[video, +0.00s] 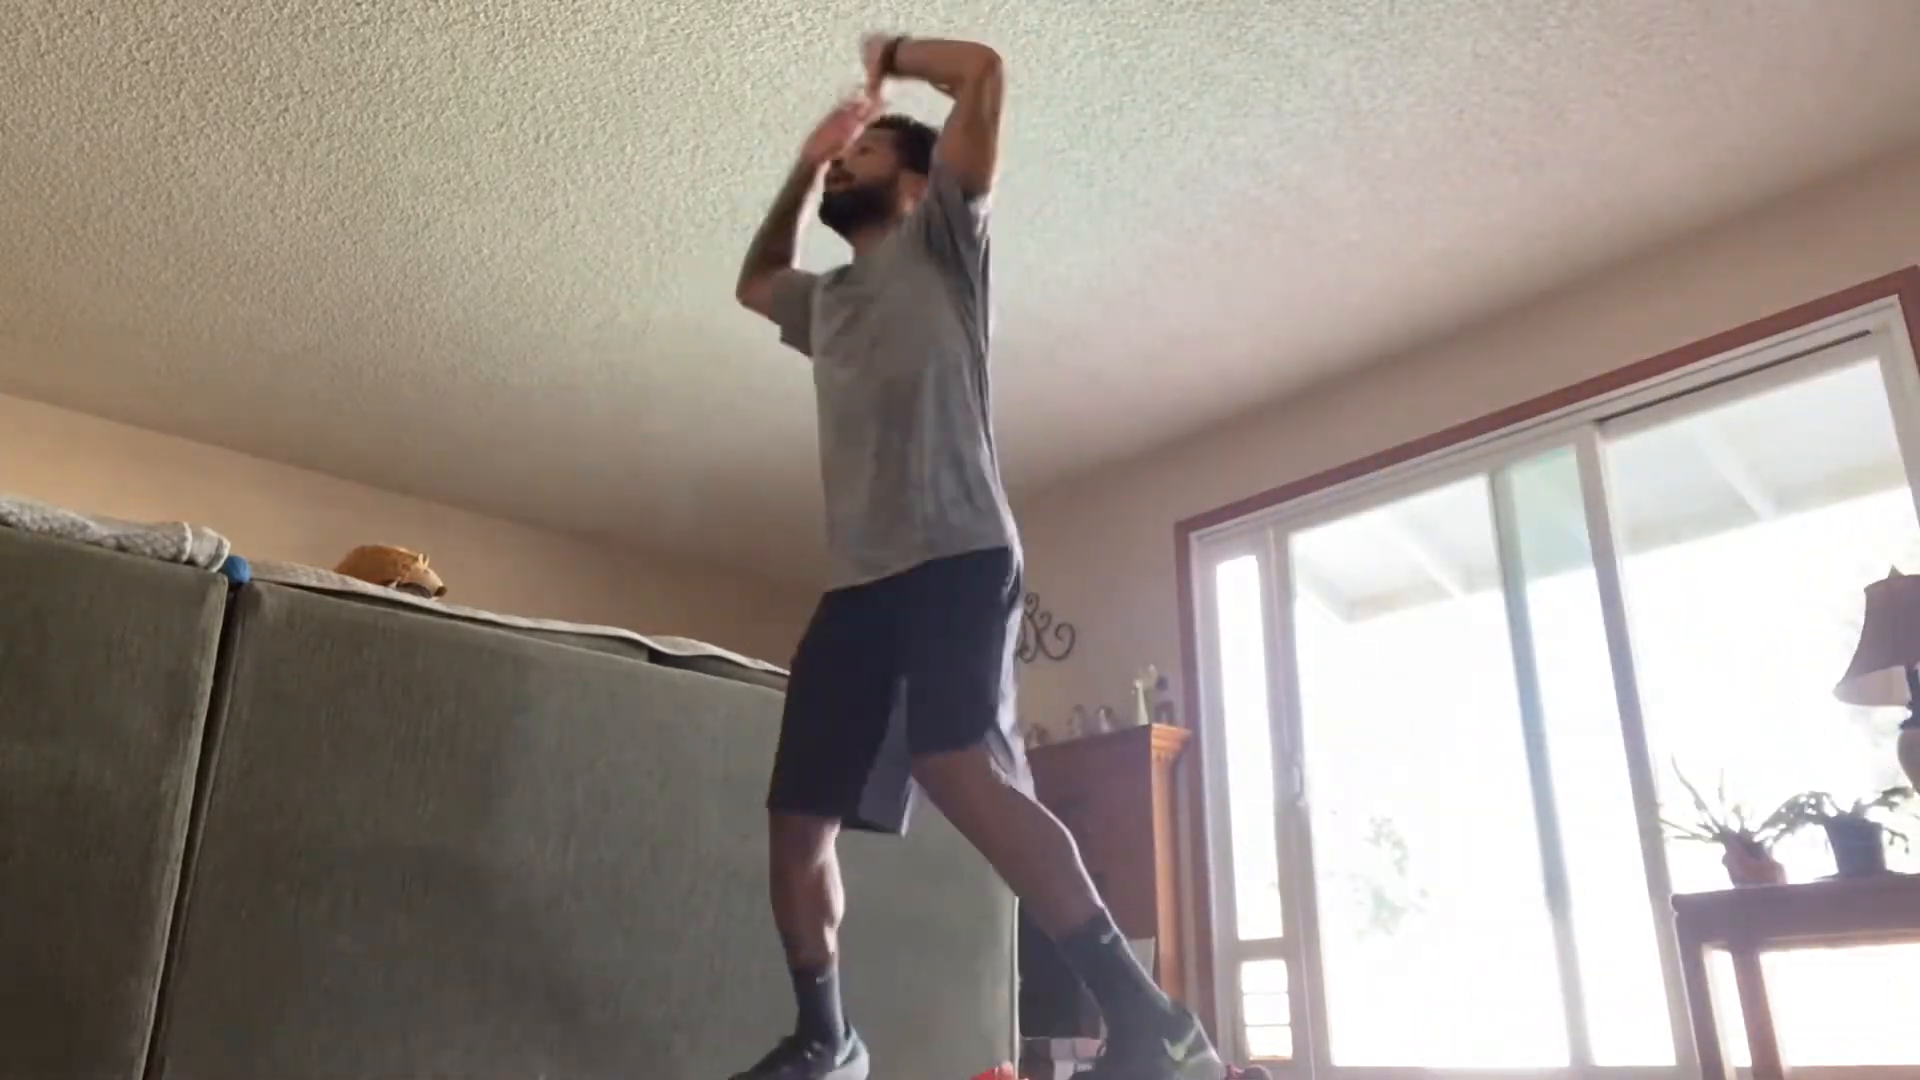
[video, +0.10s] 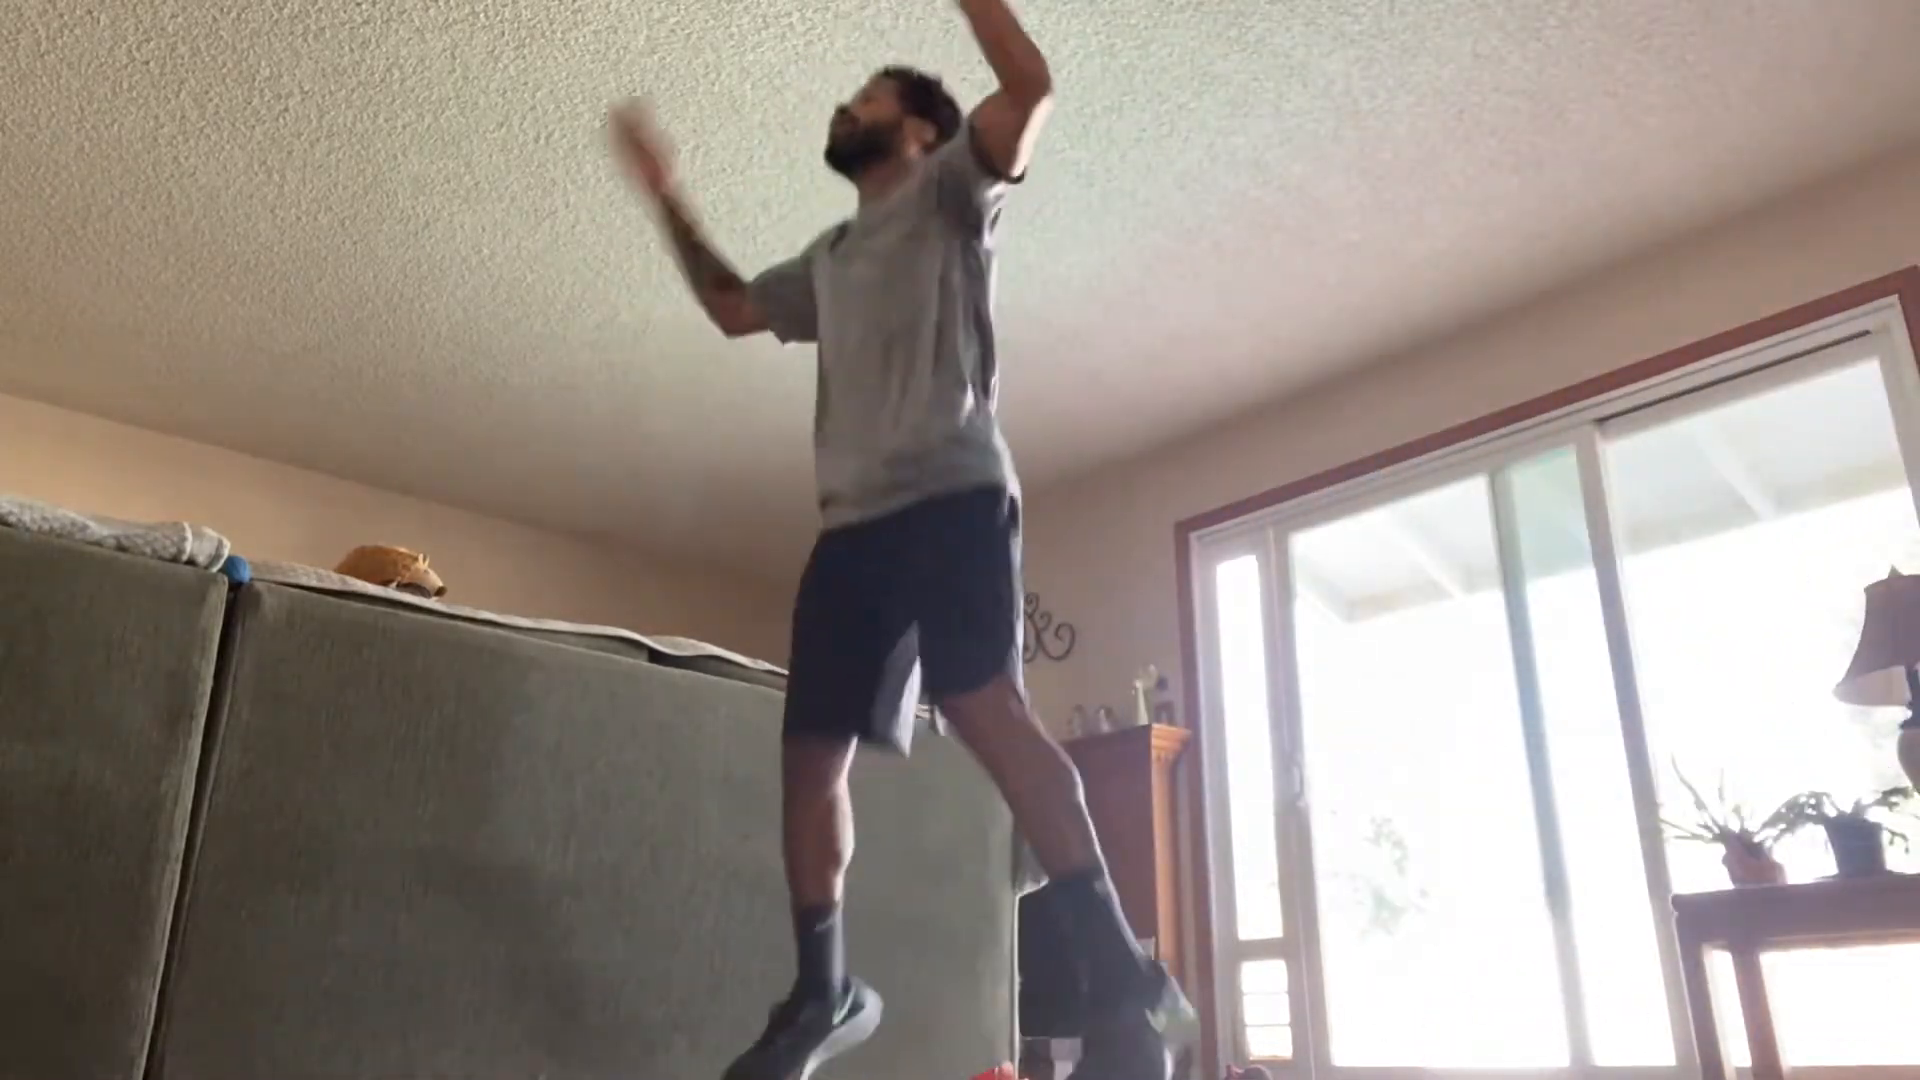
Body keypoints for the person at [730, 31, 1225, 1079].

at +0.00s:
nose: (839, 155)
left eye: (864, 143)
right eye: (834, 149)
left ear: (915, 171)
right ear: (841, 186)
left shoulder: (943, 239)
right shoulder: (827, 300)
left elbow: (983, 69)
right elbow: (758, 279)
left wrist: (891, 52)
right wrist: (806, 171)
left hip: (961, 554)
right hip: (860, 579)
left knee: (956, 762)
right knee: (798, 818)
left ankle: (1143, 1017)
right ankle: (824, 1040)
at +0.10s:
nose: (846, 106)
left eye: (870, 97)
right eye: (850, 100)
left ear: (923, 127)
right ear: (867, 140)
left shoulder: (950, 187)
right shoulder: (831, 259)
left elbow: (1028, 82)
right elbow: (733, 306)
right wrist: (667, 201)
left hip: (958, 495)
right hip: (854, 521)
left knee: (983, 703)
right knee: (812, 752)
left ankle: (1118, 962)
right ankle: (824, 991)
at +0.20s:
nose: (830, 62)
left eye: (857, 51)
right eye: (831, 56)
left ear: (908, 78)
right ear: (843, 102)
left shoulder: (941, 148)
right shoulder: (825, 223)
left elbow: (1038, 190)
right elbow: (773, 362)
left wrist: (991, 103)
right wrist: (642, 326)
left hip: (955, 437)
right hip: (858, 467)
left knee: (946, 650)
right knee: (826, 695)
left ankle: (1062, 921)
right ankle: (872, 951)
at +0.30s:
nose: (803, 70)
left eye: (829, 59)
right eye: (807, 62)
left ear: (883, 93)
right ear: (821, 111)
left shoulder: (942, 178)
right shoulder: (807, 243)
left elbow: (1017, 301)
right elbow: (827, 399)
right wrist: (735, 454)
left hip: (956, 456)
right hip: (859, 482)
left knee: (928, 671)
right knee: (844, 701)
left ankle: (1000, 965)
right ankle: (893, 973)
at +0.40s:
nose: (794, 128)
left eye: (820, 117)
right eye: (797, 119)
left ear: (872, 150)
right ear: (807, 163)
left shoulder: (931, 246)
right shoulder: (802, 306)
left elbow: (985, 401)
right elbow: (842, 442)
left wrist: (873, 500)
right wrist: (819, 520)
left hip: (953, 510)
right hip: (862, 525)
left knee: (898, 732)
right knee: (833, 752)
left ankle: (995, 1019)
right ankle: (920, 1024)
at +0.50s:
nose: (811, 96)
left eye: (835, 84)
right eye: (814, 88)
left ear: (889, 119)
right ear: (835, 130)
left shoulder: (936, 202)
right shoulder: (811, 275)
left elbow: (1006, 332)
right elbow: (829, 418)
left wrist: (933, 394)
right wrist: (756, 486)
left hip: (945, 495)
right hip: (851, 522)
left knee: (903, 703)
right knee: (841, 724)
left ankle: (987, 984)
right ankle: (908, 1002)